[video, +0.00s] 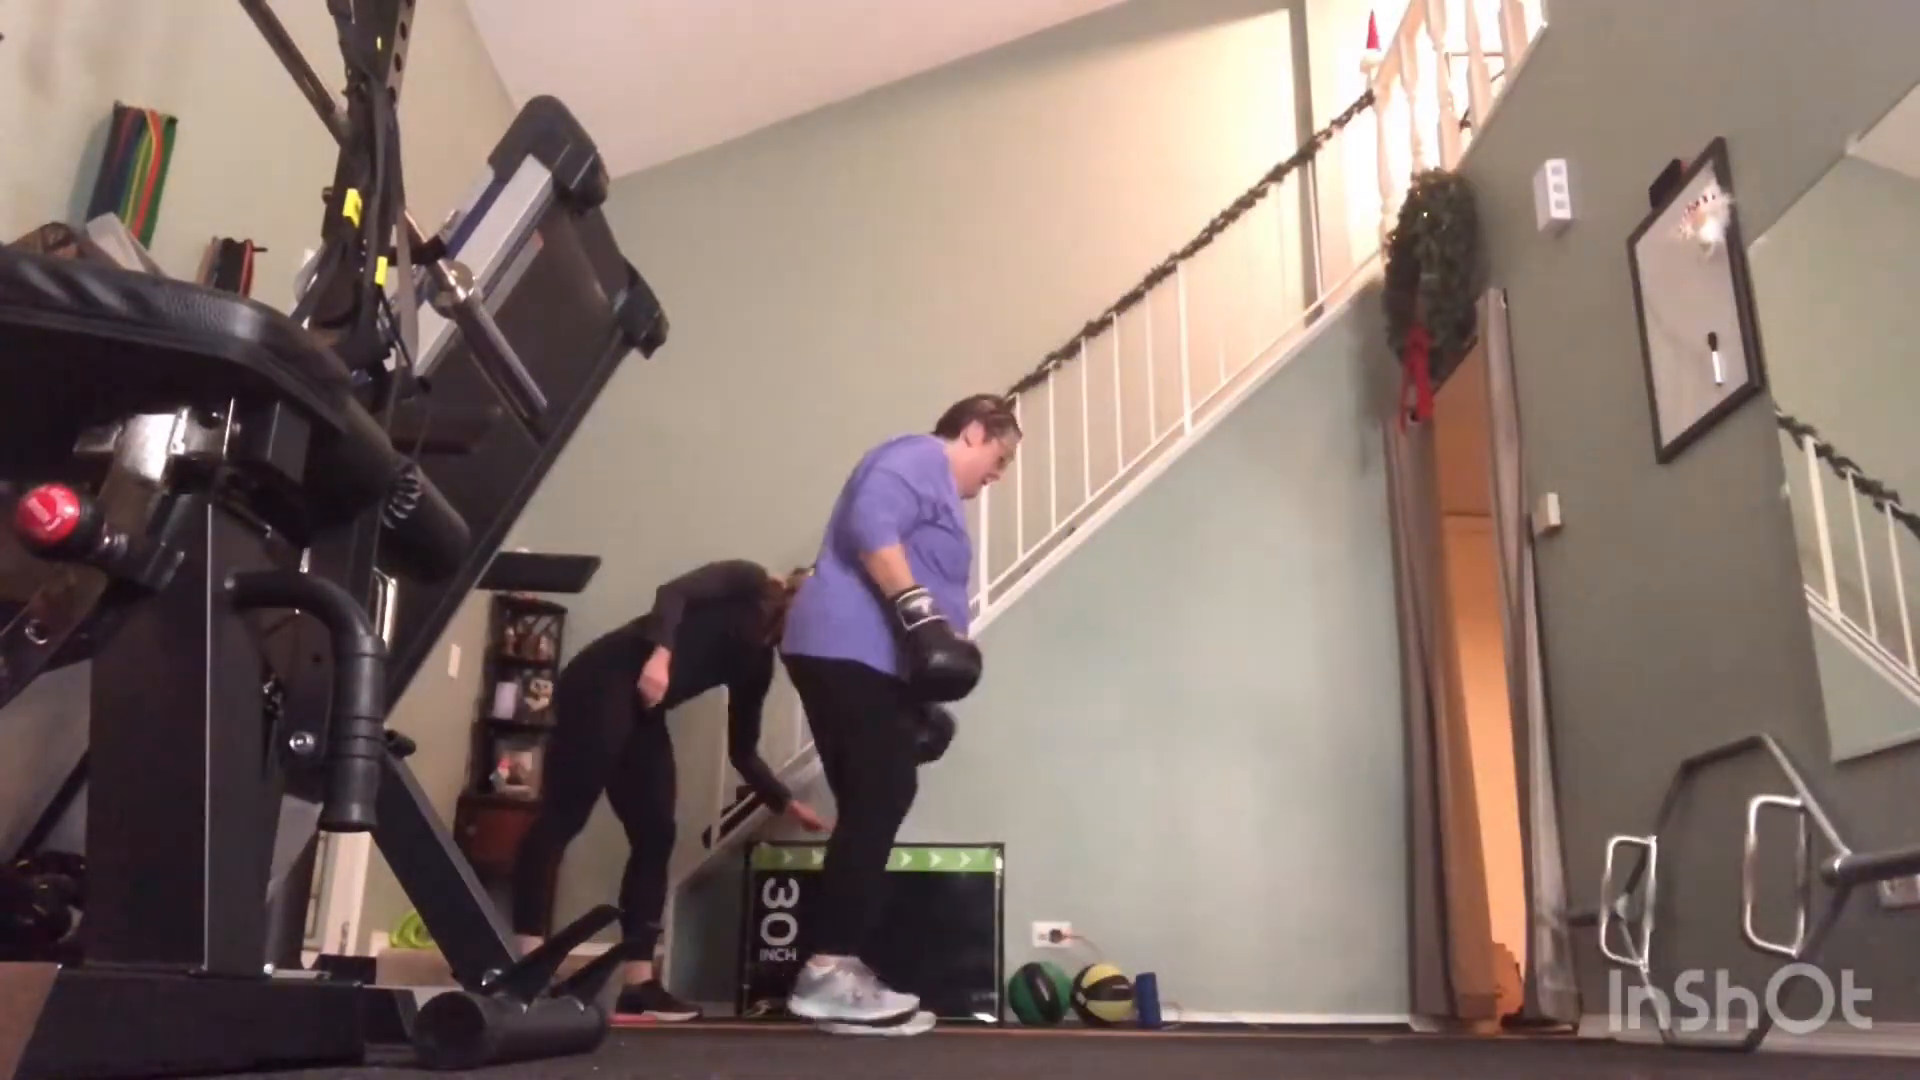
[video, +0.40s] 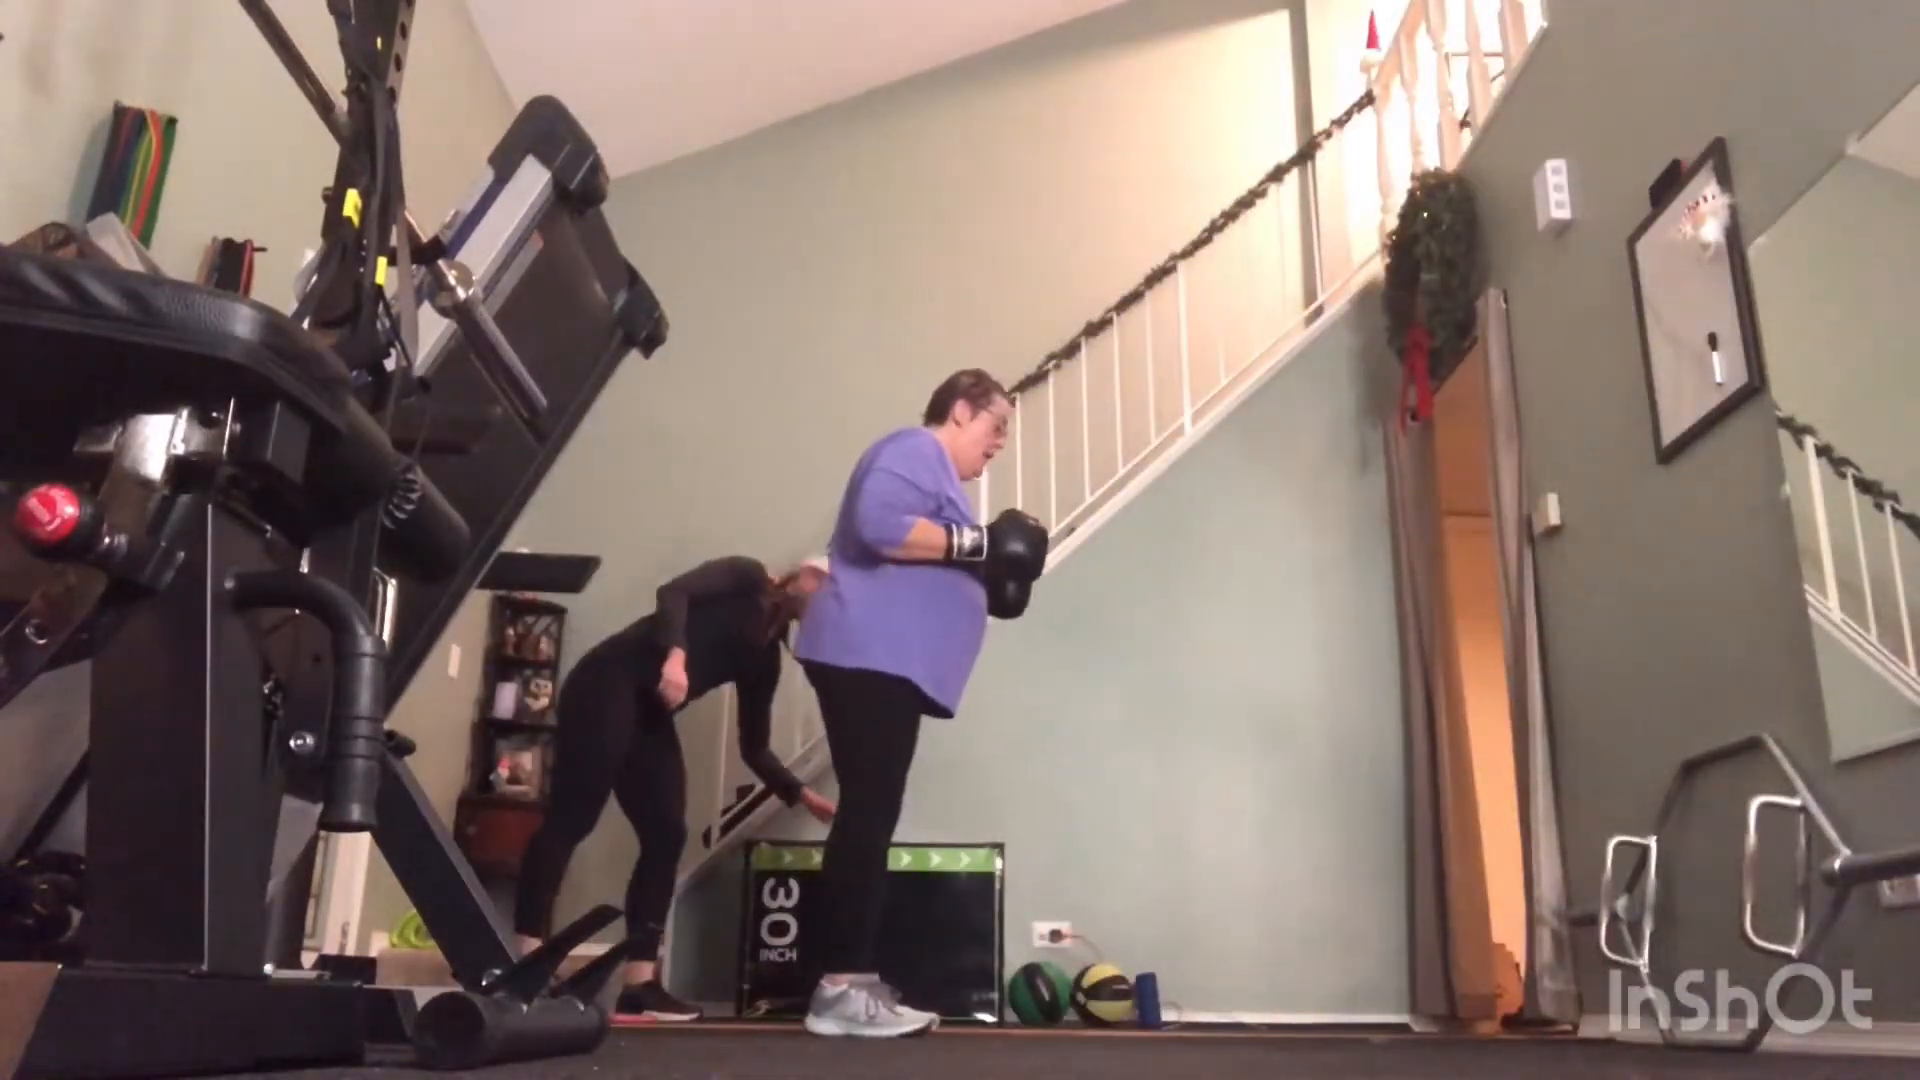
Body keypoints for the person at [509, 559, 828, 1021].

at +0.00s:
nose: (804, 633)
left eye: (810, 627)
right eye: (807, 620)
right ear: (798, 599)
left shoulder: (757, 664)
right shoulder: (749, 580)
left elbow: (743, 750)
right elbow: (673, 592)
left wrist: (789, 805)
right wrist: (661, 653)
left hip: (643, 711)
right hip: (596, 686)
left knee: (654, 835)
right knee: (560, 819)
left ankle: (638, 982)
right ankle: (529, 958)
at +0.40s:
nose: (825, 597)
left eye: (832, 592)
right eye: (822, 581)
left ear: (823, 604)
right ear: (800, 576)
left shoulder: (765, 658)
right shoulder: (748, 575)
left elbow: (755, 747)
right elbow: (673, 592)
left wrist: (803, 796)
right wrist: (676, 653)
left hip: (650, 712)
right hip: (603, 688)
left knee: (665, 834)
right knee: (571, 818)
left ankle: (639, 982)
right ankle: (527, 955)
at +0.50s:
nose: (788, 547)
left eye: (798, 545)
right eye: (784, 532)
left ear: (795, 559)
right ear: (756, 528)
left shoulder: (747, 624)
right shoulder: (708, 548)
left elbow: (721, 701)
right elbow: (639, 586)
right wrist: (652, 646)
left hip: (652, 712)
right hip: (605, 686)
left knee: (665, 834)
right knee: (584, 820)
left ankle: (640, 980)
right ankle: (516, 944)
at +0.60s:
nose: (718, 509)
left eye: (724, 502)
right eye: (713, 495)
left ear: (715, 509)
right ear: (679, 486)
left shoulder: (688, 576)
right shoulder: (629, 525)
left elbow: (661, 657)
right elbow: (576, 582)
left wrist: (683, 714)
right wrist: (586, 651)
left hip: (619, 709)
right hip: (567, 694)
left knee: (644, 833)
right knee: (554, 828)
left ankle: (636, 979)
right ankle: (490, 953)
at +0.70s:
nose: (714, 509)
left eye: (721, 503)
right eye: (710, 495)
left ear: (715, 507)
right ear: (679, 482)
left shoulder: (687, 569)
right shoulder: (631, 523)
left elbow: (666, 647)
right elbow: (585, 580)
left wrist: (683, 693)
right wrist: (573, 650)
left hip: (634, 708)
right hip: (586, 692)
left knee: (649, 836)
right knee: (563, 828)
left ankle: (634, 978)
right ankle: (492, 950)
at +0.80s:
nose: (759, 512)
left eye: (766, 506)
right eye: (754, 498)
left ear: (763, 514)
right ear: (724, 490)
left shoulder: (730, 575)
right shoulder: (674, 533)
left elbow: (715, 654)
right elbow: (627, 594)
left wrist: (736, 710)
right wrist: (658, 653)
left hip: (675, 704)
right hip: (630, 691)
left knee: (677, 831)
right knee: (666, 820)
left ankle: (638, 974)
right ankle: (608, 945)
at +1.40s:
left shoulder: (838, 559)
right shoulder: (767, 525)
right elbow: (714, 565)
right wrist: (772, 588)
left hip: (749, 695)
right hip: (718, 689)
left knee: (755, 828)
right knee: (752, 828)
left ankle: (703, 959)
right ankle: (693, 961)